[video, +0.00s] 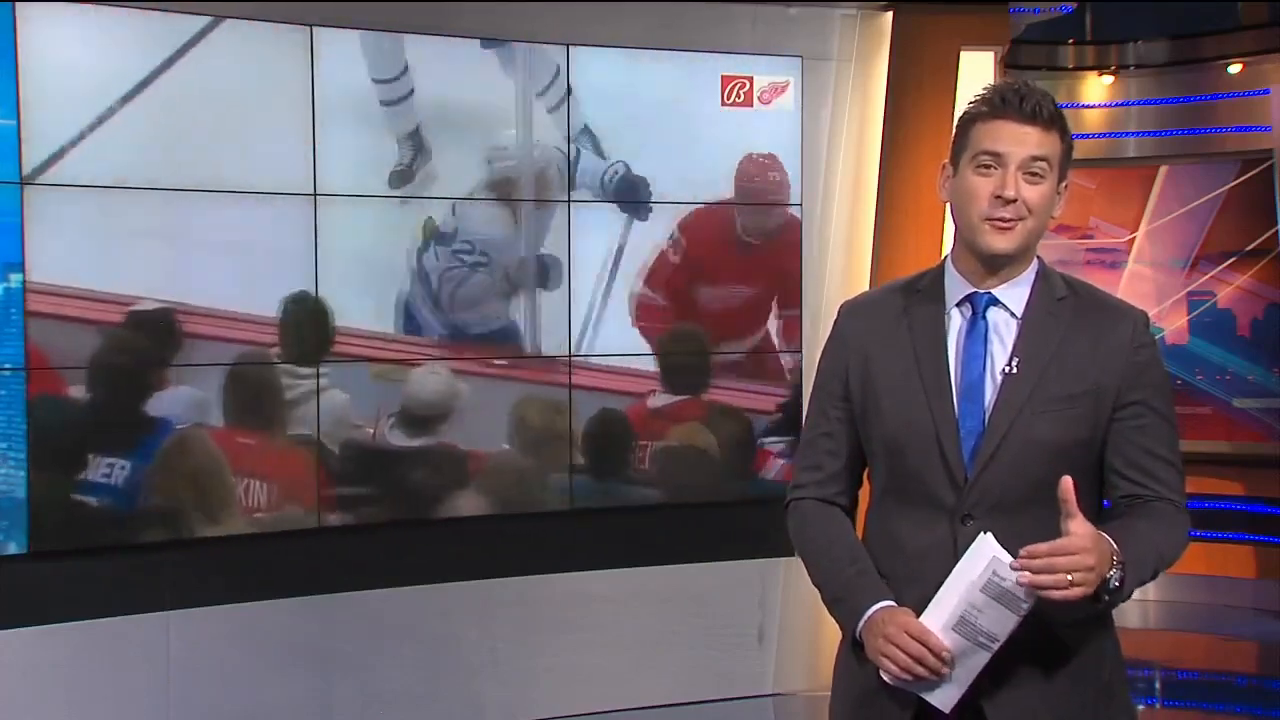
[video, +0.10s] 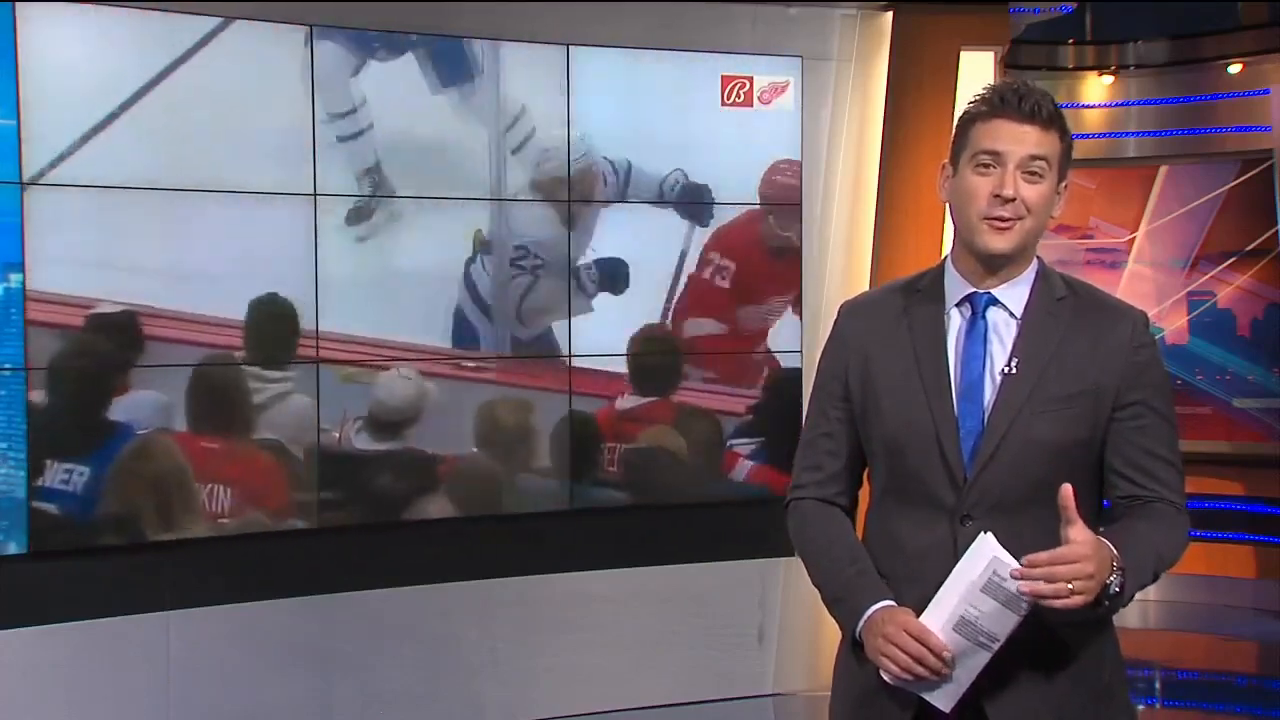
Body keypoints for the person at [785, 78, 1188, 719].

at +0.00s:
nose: (1008, 191)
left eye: (1033, 173)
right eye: (987, 166)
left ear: (1058, 196)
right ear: (949, 183)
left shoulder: (1118, 337)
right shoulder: (864, 327)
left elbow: (1158, 509)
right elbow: (816, 498)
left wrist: (1111, 557)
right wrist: (869, 612)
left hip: (1055, 692)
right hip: (890, 688)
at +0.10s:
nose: (1006, 190)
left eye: (1032, 173)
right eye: (986, 165)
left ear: (1058, 196)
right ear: (948, 182)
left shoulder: (1118, 337)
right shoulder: (864, 327)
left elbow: (1157, 510)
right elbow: (816, 498)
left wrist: (1112, 564)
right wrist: (869, 611)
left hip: (1055, 692)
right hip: (890, 688)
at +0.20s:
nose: (1004, 190)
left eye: (1031, 173)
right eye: (985, 165)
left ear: (1057, 196)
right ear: (948, 182)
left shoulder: (1118, 337)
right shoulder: (864, 327)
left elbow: (1157, 510)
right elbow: (815, 497)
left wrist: (1111, 559)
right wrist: (869, 611)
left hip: (1055, 692)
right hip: (890, 688)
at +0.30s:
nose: (1006, 190)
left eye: (1031, 172)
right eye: (985, 165)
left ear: (1057, 196)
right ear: (948, 183)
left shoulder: (1118, 337)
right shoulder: (864, 327)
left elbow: (1156, 509)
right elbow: (816, 497)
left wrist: (1114, 563)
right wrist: (869, 612)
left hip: (1055, 693)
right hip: (890, 689)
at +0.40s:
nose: (1006, 187)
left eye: (1032, 171)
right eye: (986, 163)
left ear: (1057, 197)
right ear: (947, 183)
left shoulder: (1118, 338)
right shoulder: (864, 327)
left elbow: (1161, 511)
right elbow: (815, 496)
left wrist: (1112, 547)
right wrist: (869, 610)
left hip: (1054, 692)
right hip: (889, 688)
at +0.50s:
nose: (1006, 188)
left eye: (1032, 172)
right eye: (986, 164)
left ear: (1058, 196)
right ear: (947, 183)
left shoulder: (1119, 338)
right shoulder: (865, 327)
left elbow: (1163, 515)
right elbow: (816, 497)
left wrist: (1109, 531)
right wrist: (869, 610)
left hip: (1053, 690)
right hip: (889, 687)